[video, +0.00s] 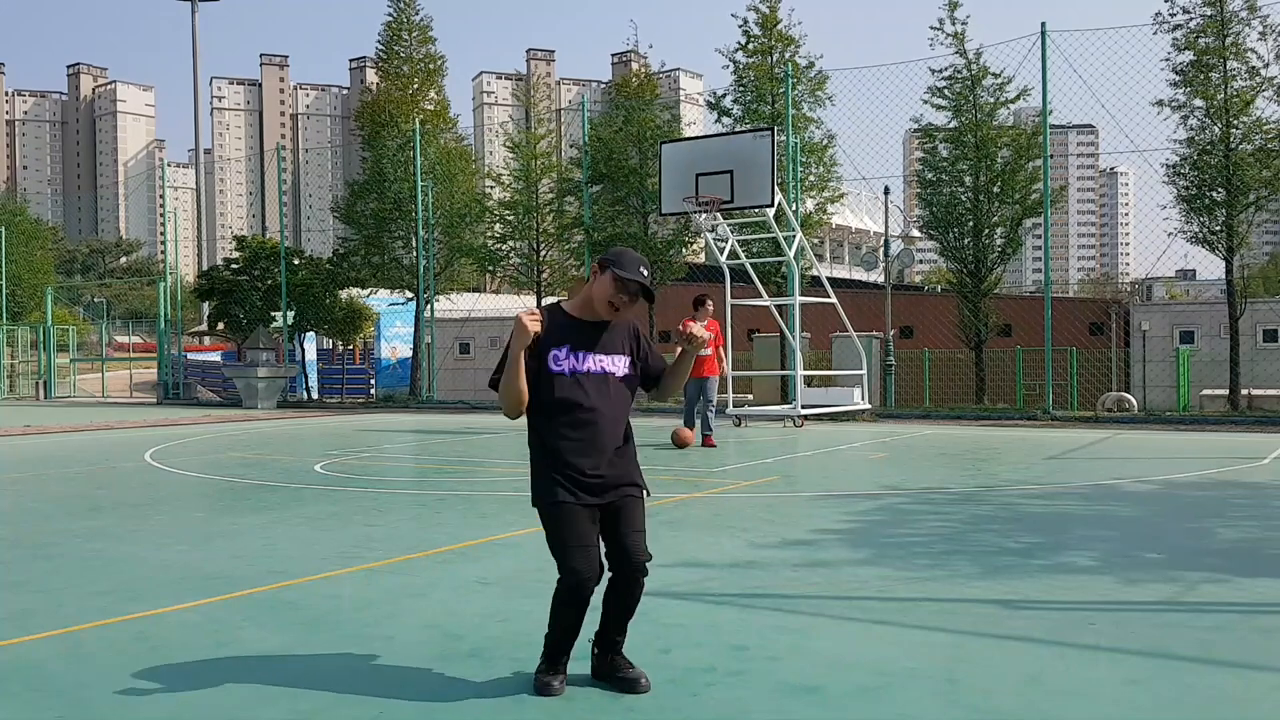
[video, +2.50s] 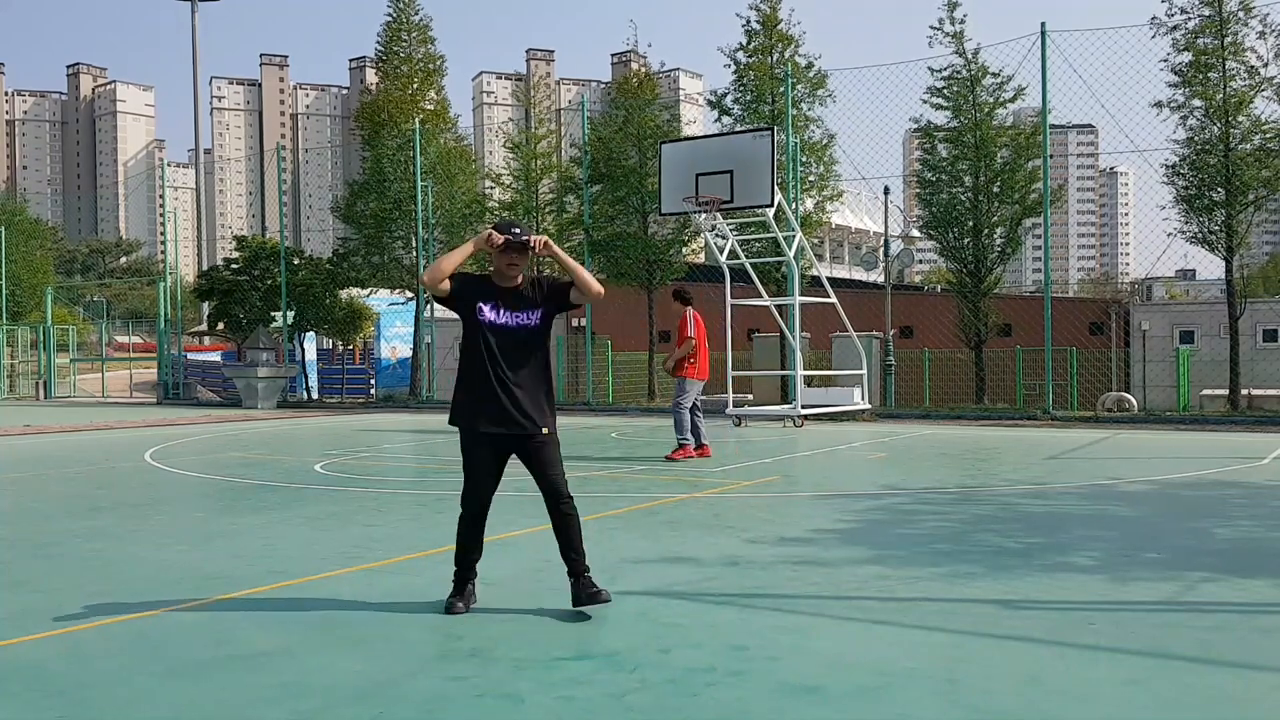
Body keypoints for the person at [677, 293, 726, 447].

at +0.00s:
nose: (712, 308)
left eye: (712, 305)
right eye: (709, 305)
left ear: (711, 308)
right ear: (699, 307)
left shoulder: (714, 325)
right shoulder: (687, 324)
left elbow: (719, 345)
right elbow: (679, 344)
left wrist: (724, 362)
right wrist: (677, 363)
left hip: (711, 370)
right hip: (692, 370)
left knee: (710, 403)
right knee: (690, 403)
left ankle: (707, 435)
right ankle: (689, 433)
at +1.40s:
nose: (726, 302)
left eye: (728, 299)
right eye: (723, 299)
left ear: (732, 301)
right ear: (716, 302)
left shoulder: (738, 321)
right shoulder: (704, 319)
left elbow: (744, 346)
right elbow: (688, 337)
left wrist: (749, 368)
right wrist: (681, 351)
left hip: (732, 372)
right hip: (710, 371)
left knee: (731, 407)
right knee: (710, 404)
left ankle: (729, 440)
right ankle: (709, 431)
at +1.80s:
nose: (705, 303)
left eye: (709, 300)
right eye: (705, 300)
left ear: (720, 302)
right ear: (710, 303)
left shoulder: (734, 321)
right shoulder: (701, 321)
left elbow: (743, 344)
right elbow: (690, 341)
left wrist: (740, 361)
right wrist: (681, 355)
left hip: (728, 372)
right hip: (707, 372)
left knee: (729, 411)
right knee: (706, 408)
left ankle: (729, 442)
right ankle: (703, 442)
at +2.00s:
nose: (693, 305)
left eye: (695, 301)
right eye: (693, 301)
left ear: (704, 303)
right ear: (701, 303)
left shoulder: (723, 320)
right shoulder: (694, 323)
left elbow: (731, 343)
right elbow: (690, 347)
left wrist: (721, 362)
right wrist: (683, 361)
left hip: (719, 371)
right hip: (699, 372)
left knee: (724, 409)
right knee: (699, 409)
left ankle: (728, 441)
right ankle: (702, 445)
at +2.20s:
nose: (683, 304)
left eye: (685, 301)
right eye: (683, 301)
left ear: (693, 302)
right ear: (693, 302)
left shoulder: (710, 318)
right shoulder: (689, 322)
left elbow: (717, 343)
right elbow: (690, 343)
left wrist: (699, 361)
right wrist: (680, 353)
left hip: (707, 371)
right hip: (691, 372)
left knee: (710, 405)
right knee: (693, 411)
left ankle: (724, 433)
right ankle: (701, 445)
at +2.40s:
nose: (675, 305)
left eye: (676, 301)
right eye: (675, 301)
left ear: (683, 302)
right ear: (688, 301)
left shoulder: (696, 316)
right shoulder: (691, 318)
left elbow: (699, 341)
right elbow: (686, 343)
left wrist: (681, 358)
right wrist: (676, 356)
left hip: (697, 370)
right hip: (693, 369)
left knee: (688, 405)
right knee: (694, 405)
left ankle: (703, 443)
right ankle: (701, 444)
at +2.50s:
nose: (672, 305)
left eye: (673, 301)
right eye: (672, 301)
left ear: (679, 301)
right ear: (687, 300)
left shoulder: (689, 316)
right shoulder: (694, 316)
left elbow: (690, 341)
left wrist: (673, 359)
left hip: (691, 372)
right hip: (698, 372)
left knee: (680, 406)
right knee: (694, 408)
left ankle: (685, 446)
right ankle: (702, 445)